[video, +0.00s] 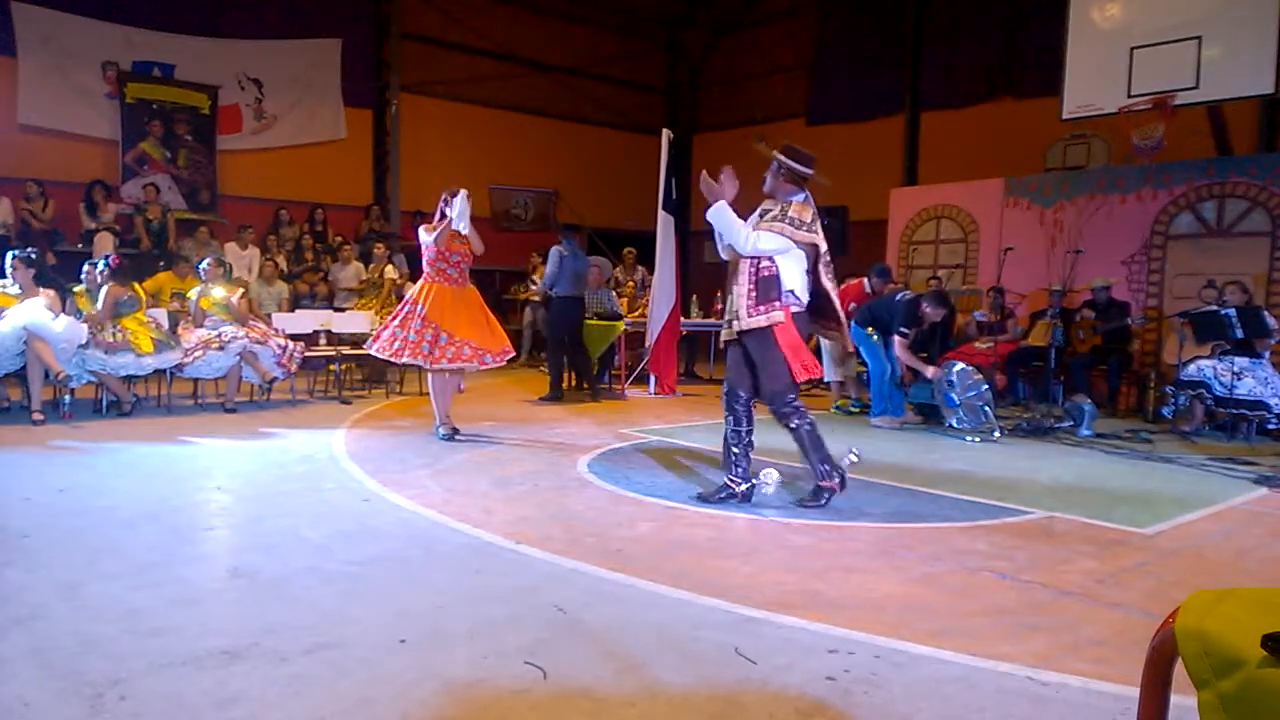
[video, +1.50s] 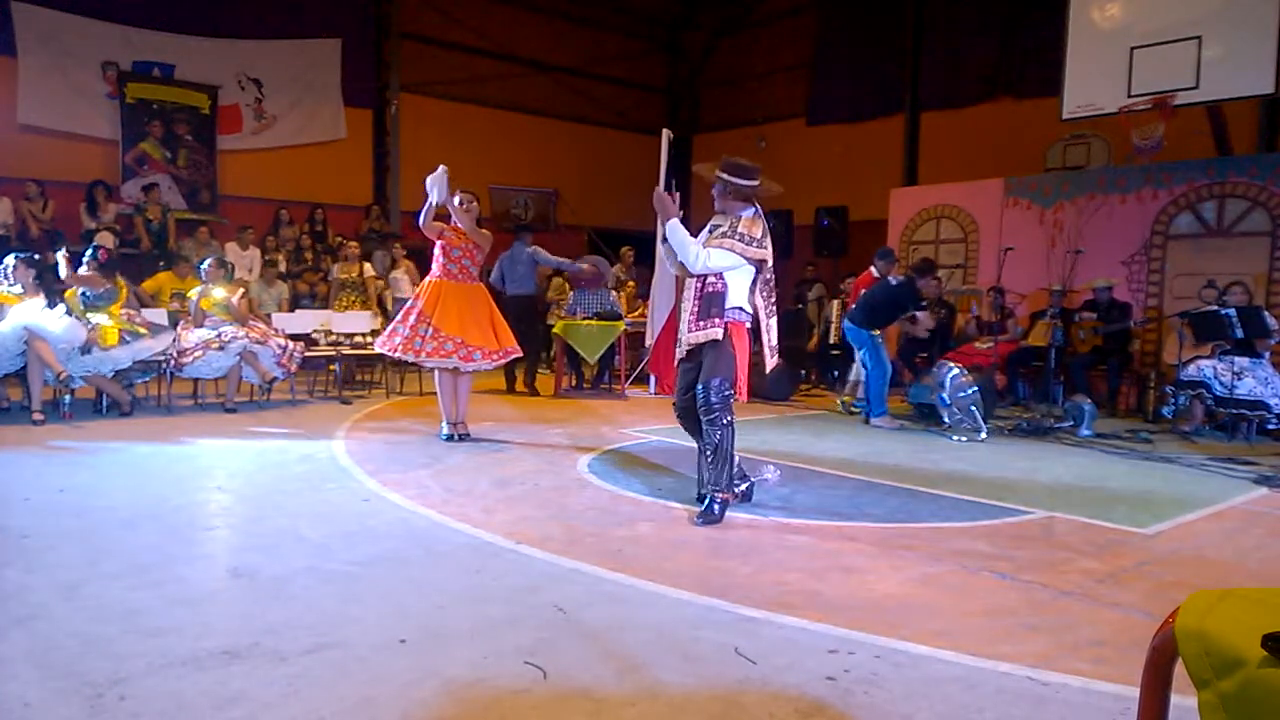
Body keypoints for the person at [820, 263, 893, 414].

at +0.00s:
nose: (884, 288)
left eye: (886, 284)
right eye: (883, 283)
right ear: (873, 279)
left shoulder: (876, 294)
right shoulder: (855, 291)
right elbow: (839, 316)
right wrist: (845, 340)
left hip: (849, 328)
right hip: (831, 326)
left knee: (851, 365)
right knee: (835, 365)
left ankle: (855, 398)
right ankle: (837, 400)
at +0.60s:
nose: (890, 279)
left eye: (892, 276)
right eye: (888, 275)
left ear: (885, 273)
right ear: (878, 271)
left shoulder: (878, 287)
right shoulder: (863, 285)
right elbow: (857, 311)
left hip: (855, 325)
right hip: (838, 323)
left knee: (859, 362)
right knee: (840, 361)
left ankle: (859, 397)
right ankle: (838, 399)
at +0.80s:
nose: (893, 277)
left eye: (894, 272)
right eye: (890, 272)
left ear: (894, 272)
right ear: (878, 269)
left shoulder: (882, 285)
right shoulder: (864, 284)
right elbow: (860, 311)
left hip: (857, 326)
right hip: (841, 325)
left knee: (861, 363)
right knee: (845, 362)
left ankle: (859, 398)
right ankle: (840, 399)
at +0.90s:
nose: (892, 275)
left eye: (894, 270)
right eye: (890, 270)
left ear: (891, 270)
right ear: (879, 268)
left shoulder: (884, 285)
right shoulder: (863, 283)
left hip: (862, 326)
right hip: (845, 325)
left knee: (863, 363)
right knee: (848, 362)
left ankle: (859, 398)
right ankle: (841, 398)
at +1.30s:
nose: (892, 270)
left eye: (893, 266)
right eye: (889, 265)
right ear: (879, 263)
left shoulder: (883, 281)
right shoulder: (864, 281)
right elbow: (854, 307)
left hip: (872, 325)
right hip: (858, 325)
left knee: (867, 361)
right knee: (855, 360)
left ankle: (860, 397)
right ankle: (844, 396)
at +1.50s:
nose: (892, 269)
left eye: (893, 265)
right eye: (889, 264)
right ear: (879, 262)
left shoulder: (884, 280)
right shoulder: (864, 281)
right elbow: (857, 307)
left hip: (874, 325)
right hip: (861, 326)